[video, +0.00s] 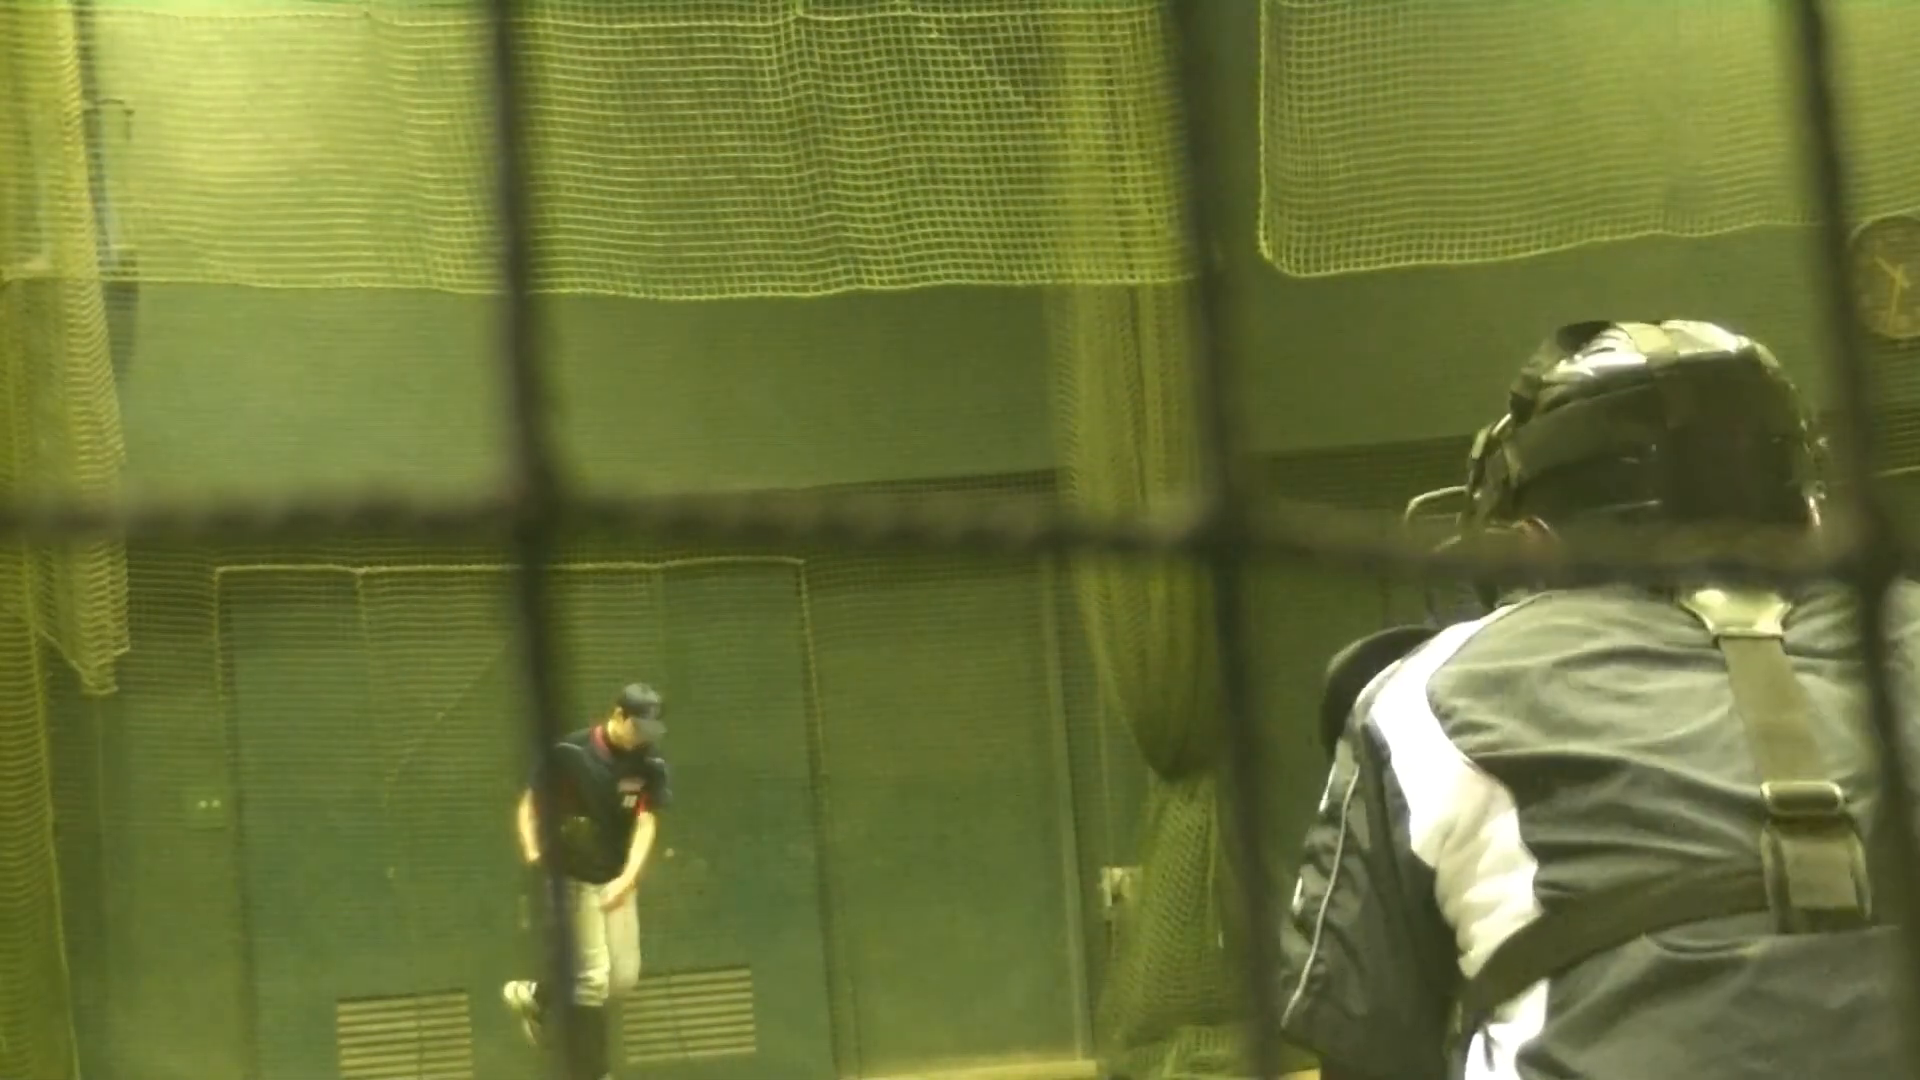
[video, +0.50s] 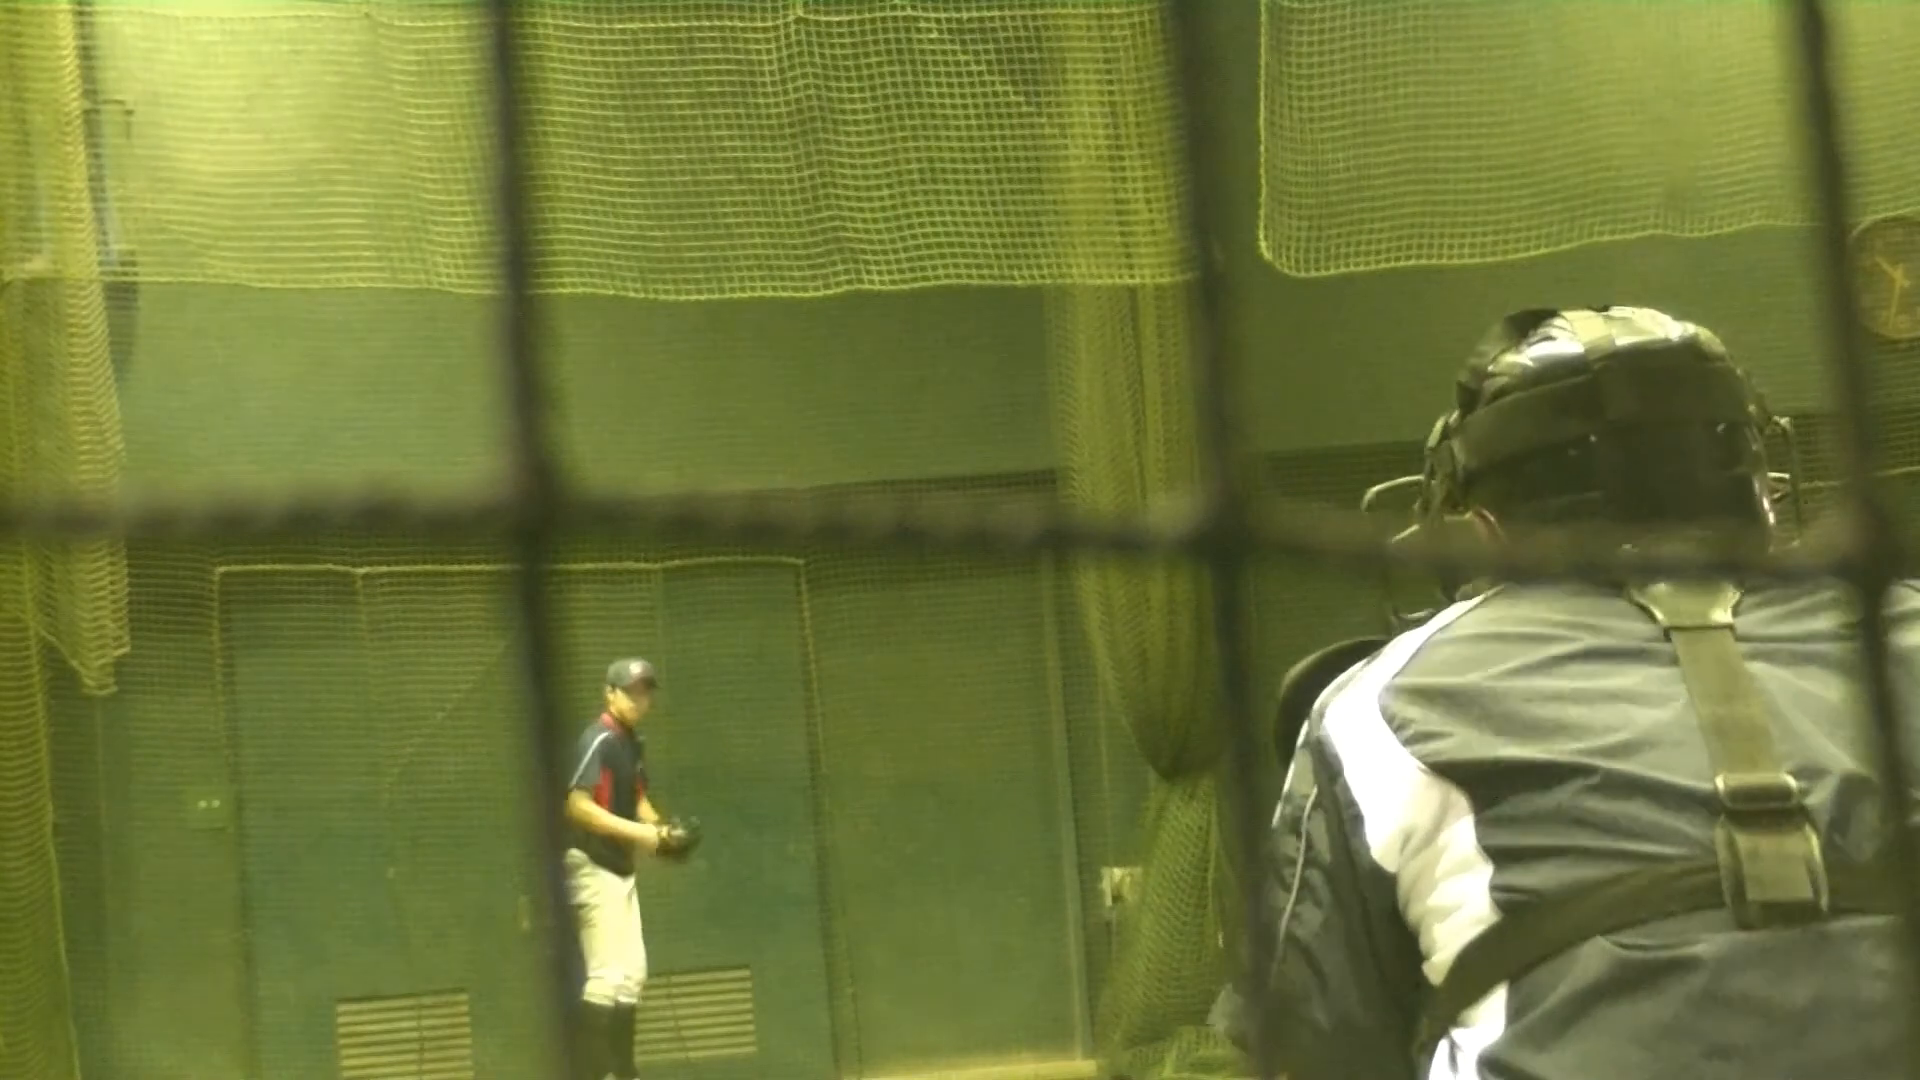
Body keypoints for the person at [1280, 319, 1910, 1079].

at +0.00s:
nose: (1482, 557)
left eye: (1492, 530)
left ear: (1532, 542)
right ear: (1798, 511)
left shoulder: (1421, 702)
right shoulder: (1902, 625)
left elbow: (1349, 1042)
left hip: (1616, 1037)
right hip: (1897, 1029)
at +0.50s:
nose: (1432, 551)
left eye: (1442, 529)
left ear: (1486, 533)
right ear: (1760, 499)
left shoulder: (1372, 710)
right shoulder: (1895, 622)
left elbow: (1311, 1044)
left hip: (1592, 1033)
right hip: (1889, 1023)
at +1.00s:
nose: (1392, 540)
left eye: (1396, 517)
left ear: (1434, 526)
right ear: (1709, 492)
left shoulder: (1322, 713)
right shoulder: (1886, 625)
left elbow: (1272, 1052)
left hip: (1573, 1024)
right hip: (1886, 1011)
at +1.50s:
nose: (1404, 544)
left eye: (1406, 520)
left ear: (1442, 533)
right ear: (1719, 490)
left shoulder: (1335, 722)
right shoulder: (1894, 621)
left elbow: (1284, 1052)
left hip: (1575, 1024)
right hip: (1890, 1009)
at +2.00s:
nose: (1415, 544)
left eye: (1420, 518)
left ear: (1461, 523)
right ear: (1735, 487)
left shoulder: (1347, 713)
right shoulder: (1891, 622)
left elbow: (1294, 1049)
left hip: (1588, 1022)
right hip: (1884, 1016)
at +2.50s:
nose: (1402, 557)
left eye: (1408, 529)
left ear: (1450, 532)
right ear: (1715, 489)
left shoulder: (1342, 723)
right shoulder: (1887, 616)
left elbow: (1296, 1053)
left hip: (1585, 1024)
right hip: (1889, 1010)